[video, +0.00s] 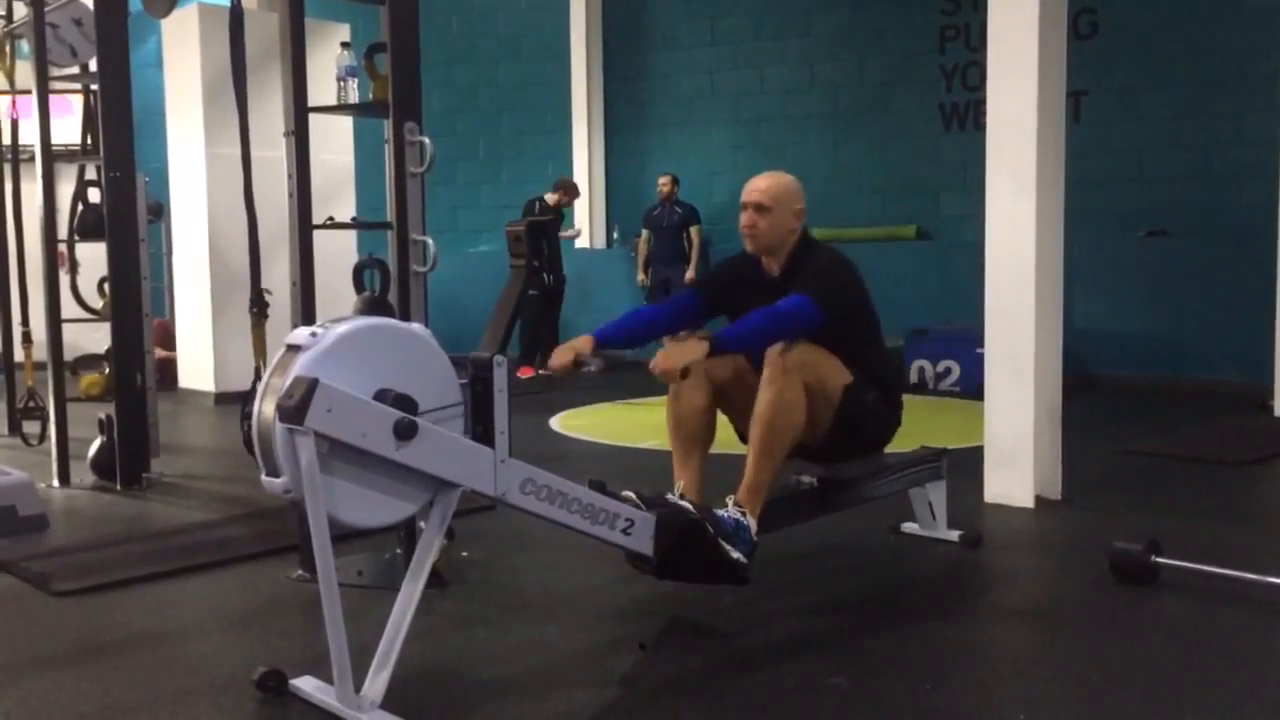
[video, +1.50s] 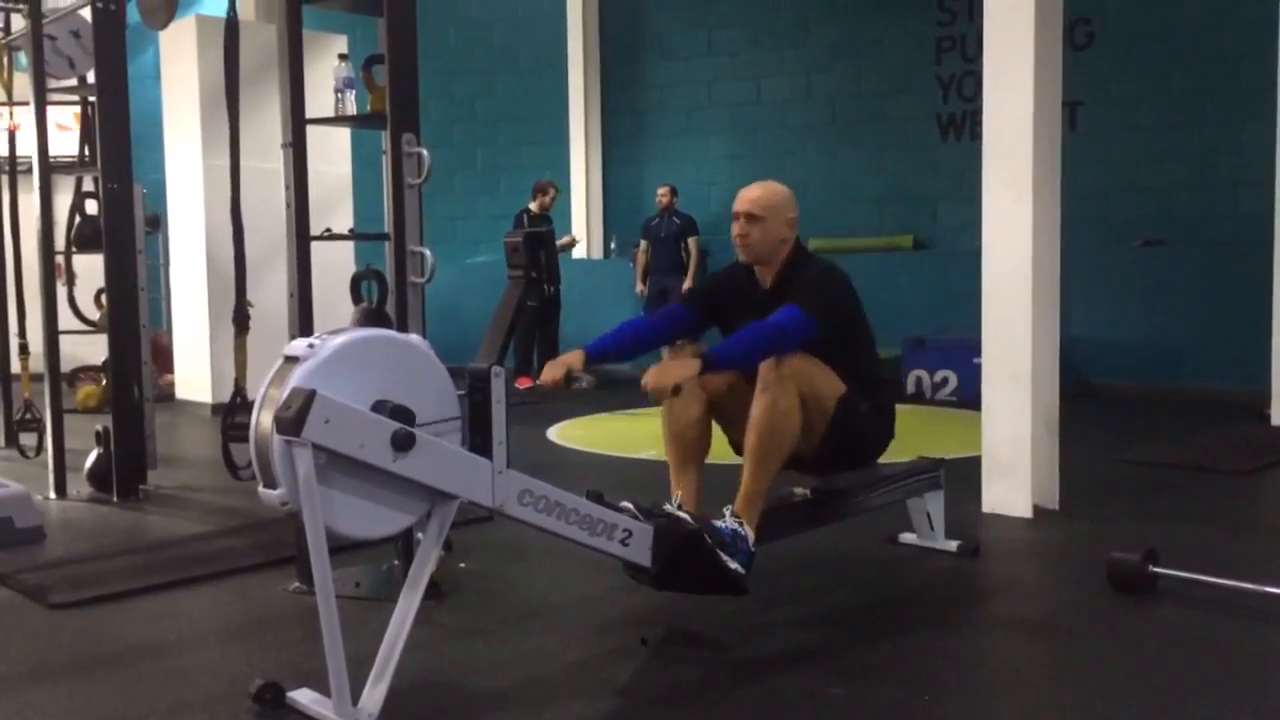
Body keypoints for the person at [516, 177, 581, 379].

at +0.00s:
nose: (571, 204)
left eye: (573, 200)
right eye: (570, 199)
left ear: (563, 195)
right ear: (561, 194)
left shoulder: (558, 213)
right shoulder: (534, 206)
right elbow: (530, 242)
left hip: (554, 272)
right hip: (535, 273)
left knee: (550, 321)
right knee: (532, 320)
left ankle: (546, 362)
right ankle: (526, 363)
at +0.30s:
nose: (568, 203)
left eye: (570, 199)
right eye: (569, 199)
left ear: (560, 194)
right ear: (560, 193)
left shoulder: (554, 211)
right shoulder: (534, 208)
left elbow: (550, 242)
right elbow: (532, 244)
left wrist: (564, 246)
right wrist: (540, 273)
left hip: (554, 274)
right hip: (536, 275)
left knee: (551, 320)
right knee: (531, 321)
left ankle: (550, 362)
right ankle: (527, 365)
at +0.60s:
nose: (561, 203)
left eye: (562, 199)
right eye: (561, 198)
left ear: (553, 194)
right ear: (552, 193)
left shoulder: (548, 213)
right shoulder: (532, 211)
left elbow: (548, 244)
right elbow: (532, 247)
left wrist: (561, 251)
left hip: (552, 276)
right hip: (534, 277)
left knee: (551, 322)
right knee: (529, 324)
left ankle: (550, 364)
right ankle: (526, 366)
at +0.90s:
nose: (556, 200)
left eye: (557, 196)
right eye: (555, 195)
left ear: (547, 194)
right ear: (544, 193)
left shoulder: (546, 214)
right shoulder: (527, 214)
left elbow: (548, 243)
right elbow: (527, 247)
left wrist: (565, 241)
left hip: (551, 277)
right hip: (533, 279)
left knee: (550, 324)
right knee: (528, 325)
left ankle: (548, 365)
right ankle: (524, 368)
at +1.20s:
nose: (554, 201)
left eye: (555, 197)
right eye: (552, 197)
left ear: (545, 196)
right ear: (541, 194)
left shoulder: (545, 217)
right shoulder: (524, 216)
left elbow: (546, 247)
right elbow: (528, 250)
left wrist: (563, 243)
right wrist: (558, 244)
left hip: (550, 281)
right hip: (531, 282)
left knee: (549, 328)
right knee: (527, 328)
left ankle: (547, 368)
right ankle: (523, 371)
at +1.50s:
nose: (553, 203)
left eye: (554, 199)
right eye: (551, 198)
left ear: (546, 199)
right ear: (540, 197)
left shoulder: (547, 220)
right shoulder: (523, 219)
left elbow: (547, 251)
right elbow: (527, 253)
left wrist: (563, 246)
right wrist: (557, 245)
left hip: (551, 284)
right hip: (531, 286)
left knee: (549, 333)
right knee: (526, 333)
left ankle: (547, 374)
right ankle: (523, 374)